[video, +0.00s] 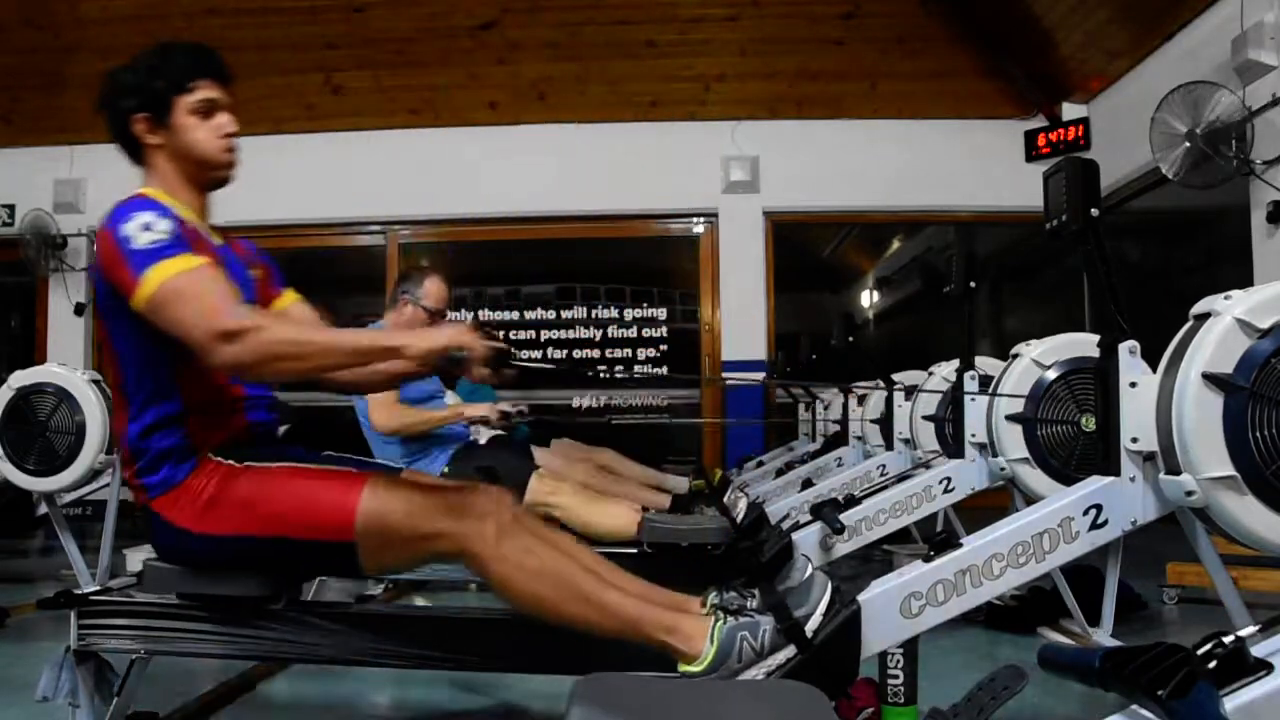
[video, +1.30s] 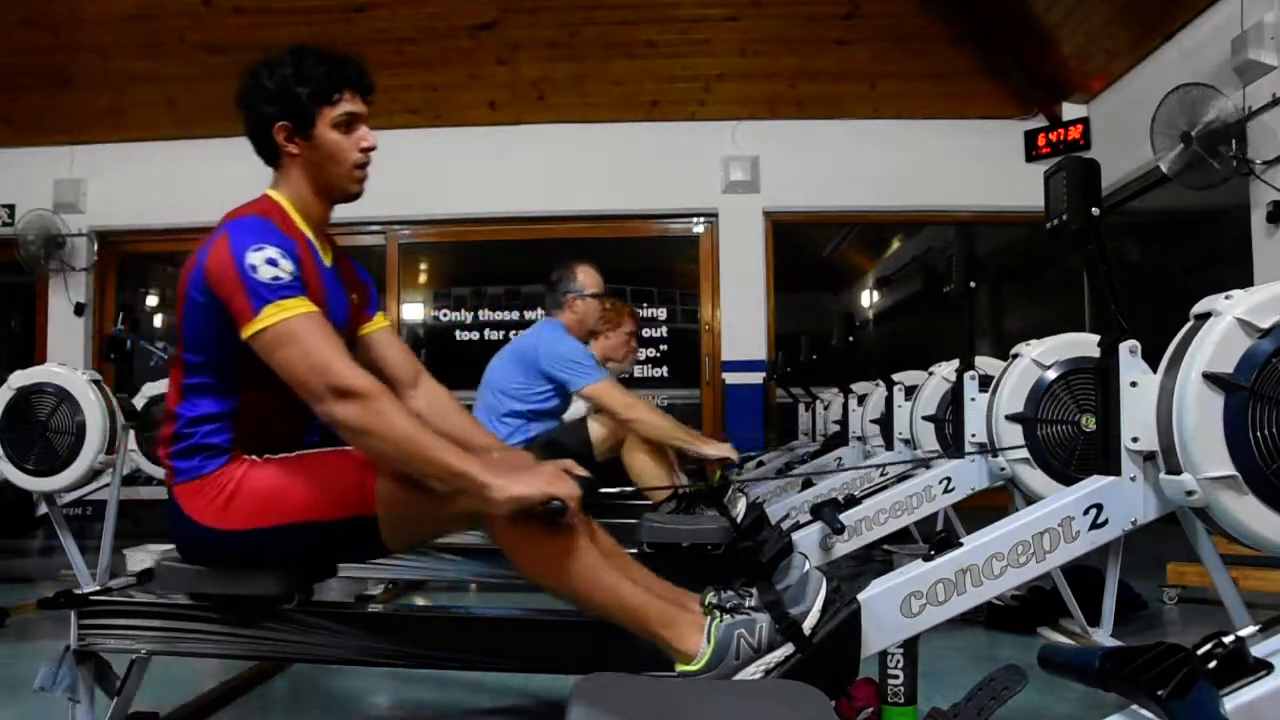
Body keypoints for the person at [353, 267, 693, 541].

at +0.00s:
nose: (439, 325)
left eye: (442, 317)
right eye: (433, 316)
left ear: (410, 309)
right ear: (403, 309)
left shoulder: (413, 348)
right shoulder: (379, 349)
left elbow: (431, 405)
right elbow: (385, 418)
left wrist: (475, 413)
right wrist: (461, 413)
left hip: (458, 443)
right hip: (436, 465)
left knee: (575, 468)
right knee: (555, 493)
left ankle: (676, 512)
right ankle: (663, 532)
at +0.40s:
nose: (457, 326)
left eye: (463, 318)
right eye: (455, 314)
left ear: (431, 305)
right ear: (427, 301)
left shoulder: (417, 344)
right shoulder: (396, 340)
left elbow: (421, 413)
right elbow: (376, 419)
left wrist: (481, 422)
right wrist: (458, 428)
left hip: (457, 455)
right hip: (436, 471)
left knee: (565, 484)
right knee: (555, 497)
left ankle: (674, 523)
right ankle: (671, 532)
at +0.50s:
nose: (485, 336)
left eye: (487, 330)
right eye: (482, 328)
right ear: (463, 324)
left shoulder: (468, 370)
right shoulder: (449, 368)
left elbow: (480, 415)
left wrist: (512, 424)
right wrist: (507, 426)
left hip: (502, 436)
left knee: (586, 456)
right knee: (574, 465)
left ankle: (684, 492)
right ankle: (678, 504)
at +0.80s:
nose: (508, 318)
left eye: (511, 310)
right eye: (504, 307)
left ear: (477, 301)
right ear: (475, 299)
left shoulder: (466, 341)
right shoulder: (446, 337)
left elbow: (496, 409)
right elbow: (467, 425)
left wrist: (553, 442)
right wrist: (543, 453)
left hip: (455, 458)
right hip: (430, 471)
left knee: (576, 479)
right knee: (565, 485)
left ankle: (680, 526)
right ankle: (675, 535)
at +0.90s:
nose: (526, 315)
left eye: (528, 306)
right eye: (521, 305)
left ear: (491, 302)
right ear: (491, 301)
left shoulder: (480, 341)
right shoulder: (462, 339)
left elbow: (520, 407)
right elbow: (500, 424)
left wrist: (581, 444)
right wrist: (575, 455)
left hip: (468, 458)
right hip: (443, 468)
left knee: (579, 469)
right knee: (570, 477)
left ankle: (672, 520)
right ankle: (665, 531)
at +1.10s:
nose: (560, 309)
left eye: (560, 301)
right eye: (555, 300)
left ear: (528, 304)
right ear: (528, 303)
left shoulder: (511, 339)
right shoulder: (506, 341)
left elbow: (569, 401)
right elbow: (562, 412)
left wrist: (639, 444)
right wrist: (637, 448)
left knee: (602, 433)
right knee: (593, 443)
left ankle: (671, 498)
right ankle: (657, 514)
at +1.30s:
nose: (604, 306)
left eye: (603, 298)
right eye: (598, 298)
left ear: (574, 304)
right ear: (573, 304)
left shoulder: (557, 338)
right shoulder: (553, 341)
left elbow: (627, 404)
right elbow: (627, 409)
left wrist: (696, 440)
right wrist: (697, 444)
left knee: (638, 423)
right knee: (628, 424)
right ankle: (674, 518)